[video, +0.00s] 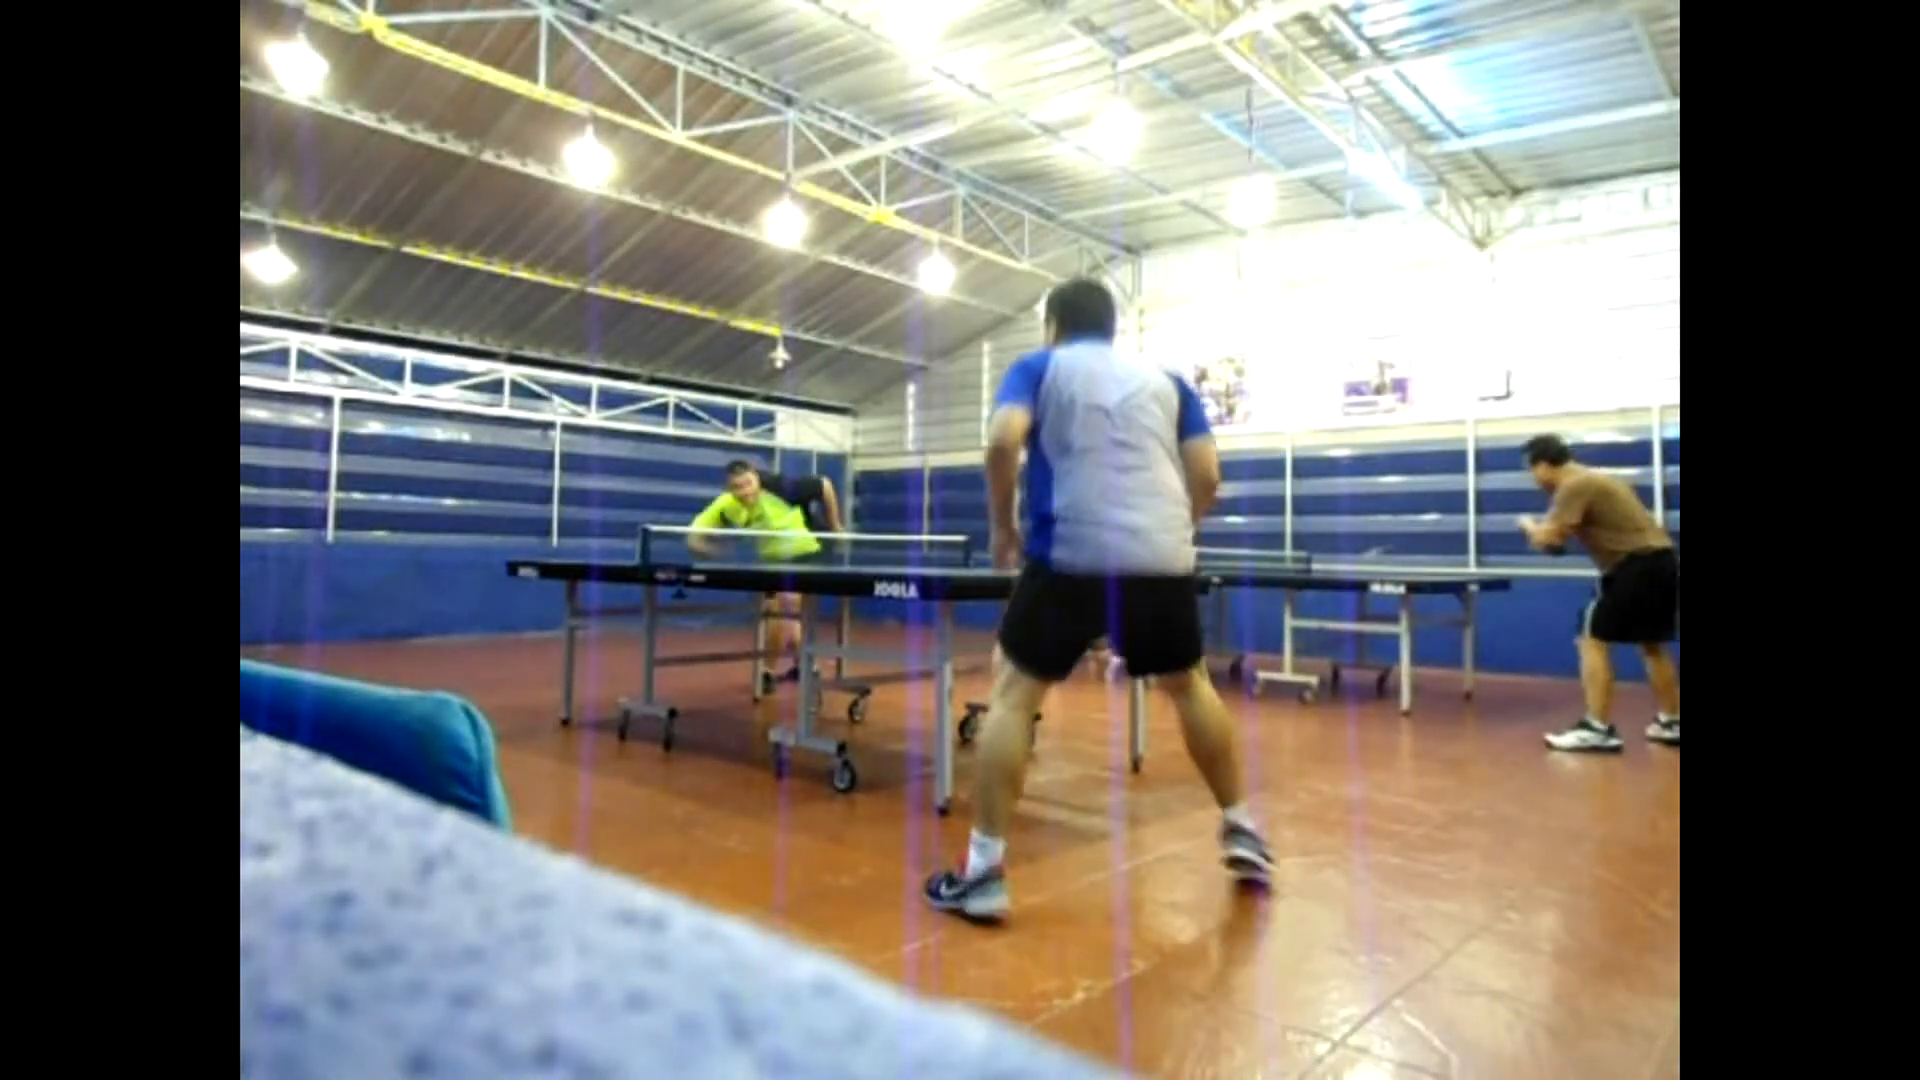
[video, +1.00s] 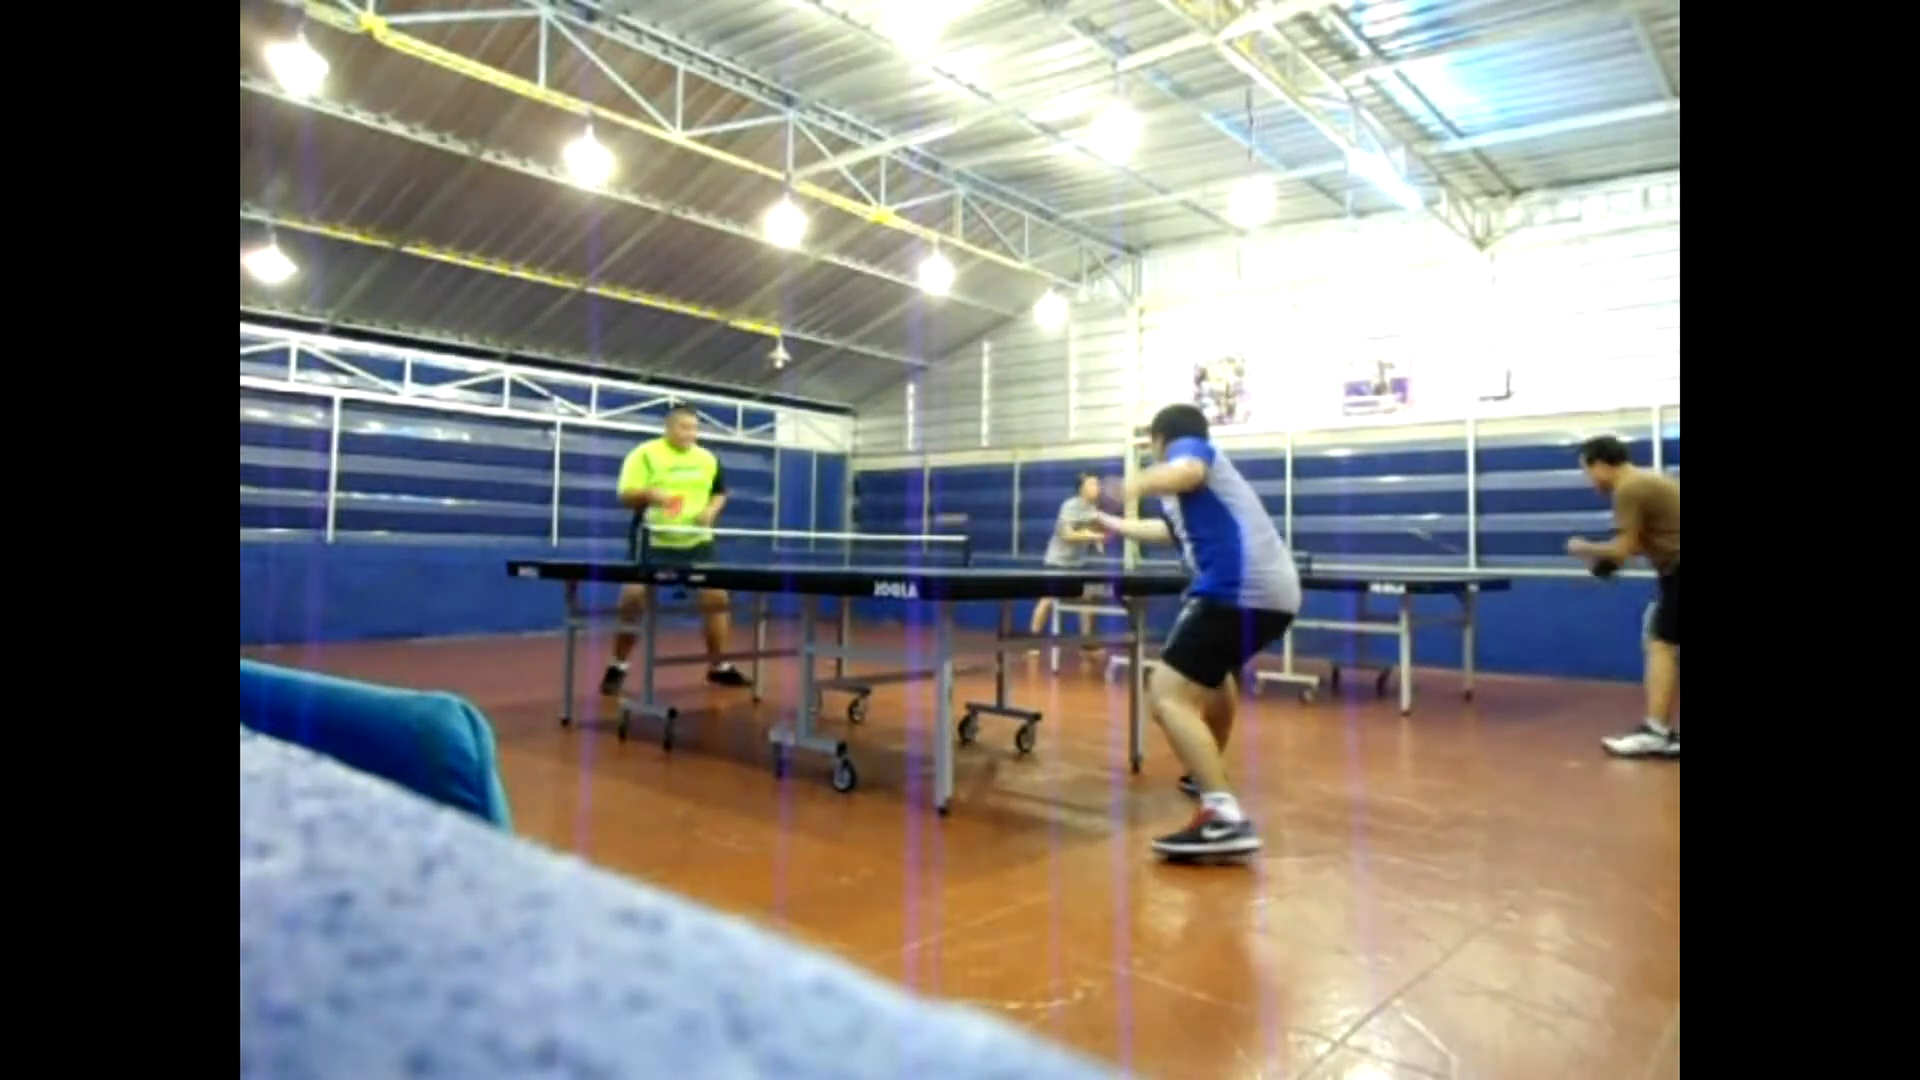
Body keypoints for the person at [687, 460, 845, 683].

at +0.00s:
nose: (744, 491)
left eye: (748, 484)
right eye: (738, 487)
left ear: (757, 480)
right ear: (730, 488)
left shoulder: (780, 489)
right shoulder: (727, 503)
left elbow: (823, 485)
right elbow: (696, 534)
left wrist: (835, 525)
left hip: (803, 555)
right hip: (771, 560)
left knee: (783, 608)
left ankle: (768, 671)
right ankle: (803, 663)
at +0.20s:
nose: (757, 472)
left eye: (761, 466)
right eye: (750, 467)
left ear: (768, 466)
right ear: (739, 468)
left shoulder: (780, 486)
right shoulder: (723, 490)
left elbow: (789, 522)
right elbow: (714, 522)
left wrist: (805, 526)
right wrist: (755, 515)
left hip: (786, 550)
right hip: (751, 556)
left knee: (777, 608)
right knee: (758, 612)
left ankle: (770, 669)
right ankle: (793, 655)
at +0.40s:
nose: (767, 443)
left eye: (770, 436)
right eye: (761, 436)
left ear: (773, 441)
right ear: (744, 438)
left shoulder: (776, 468)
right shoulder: (722, 462)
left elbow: (778, 501)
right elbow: (716, 493)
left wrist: (785, 493)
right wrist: (762, 491)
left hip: (765, 542)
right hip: (727, 545)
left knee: (765, 606)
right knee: (720, 601)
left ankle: (763, 667)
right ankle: (743, 640)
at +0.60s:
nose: (759, 443)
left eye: (761, 438)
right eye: (754, 436)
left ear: (762, 443)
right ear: (735, 437)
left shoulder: (761, 471)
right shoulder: (708, 460)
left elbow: (750, 504)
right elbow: (682, 497)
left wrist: (759, 518)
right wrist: (732, 509)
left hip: (741, 548)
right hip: (701, 549)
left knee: (747, 606)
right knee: (675, 614)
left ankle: (757, 672)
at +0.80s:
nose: (719, 446)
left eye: (722, 441)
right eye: (713, 439)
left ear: (723, 446)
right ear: (695, 439)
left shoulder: (719, 472)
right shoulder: (667, 463)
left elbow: (716, 513)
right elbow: (648, 504)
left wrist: (730, 539)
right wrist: (691, 500)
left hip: (708, 552)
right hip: (667, 553)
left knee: (726, 606)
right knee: (647, 613)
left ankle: (754, 668)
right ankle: (623, 673)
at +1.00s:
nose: (689, 433)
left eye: (693, 427)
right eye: (683, 426)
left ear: (698, 430)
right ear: (669, 427)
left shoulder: (709, 460)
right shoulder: (645, 455)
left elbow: (719, 492)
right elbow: (627, 493)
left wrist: (710, 512)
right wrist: (654, 497)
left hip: (697, 539)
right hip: (655, 539)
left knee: (716, 598)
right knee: (633, 598)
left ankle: (719, 663)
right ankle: (618, 664)